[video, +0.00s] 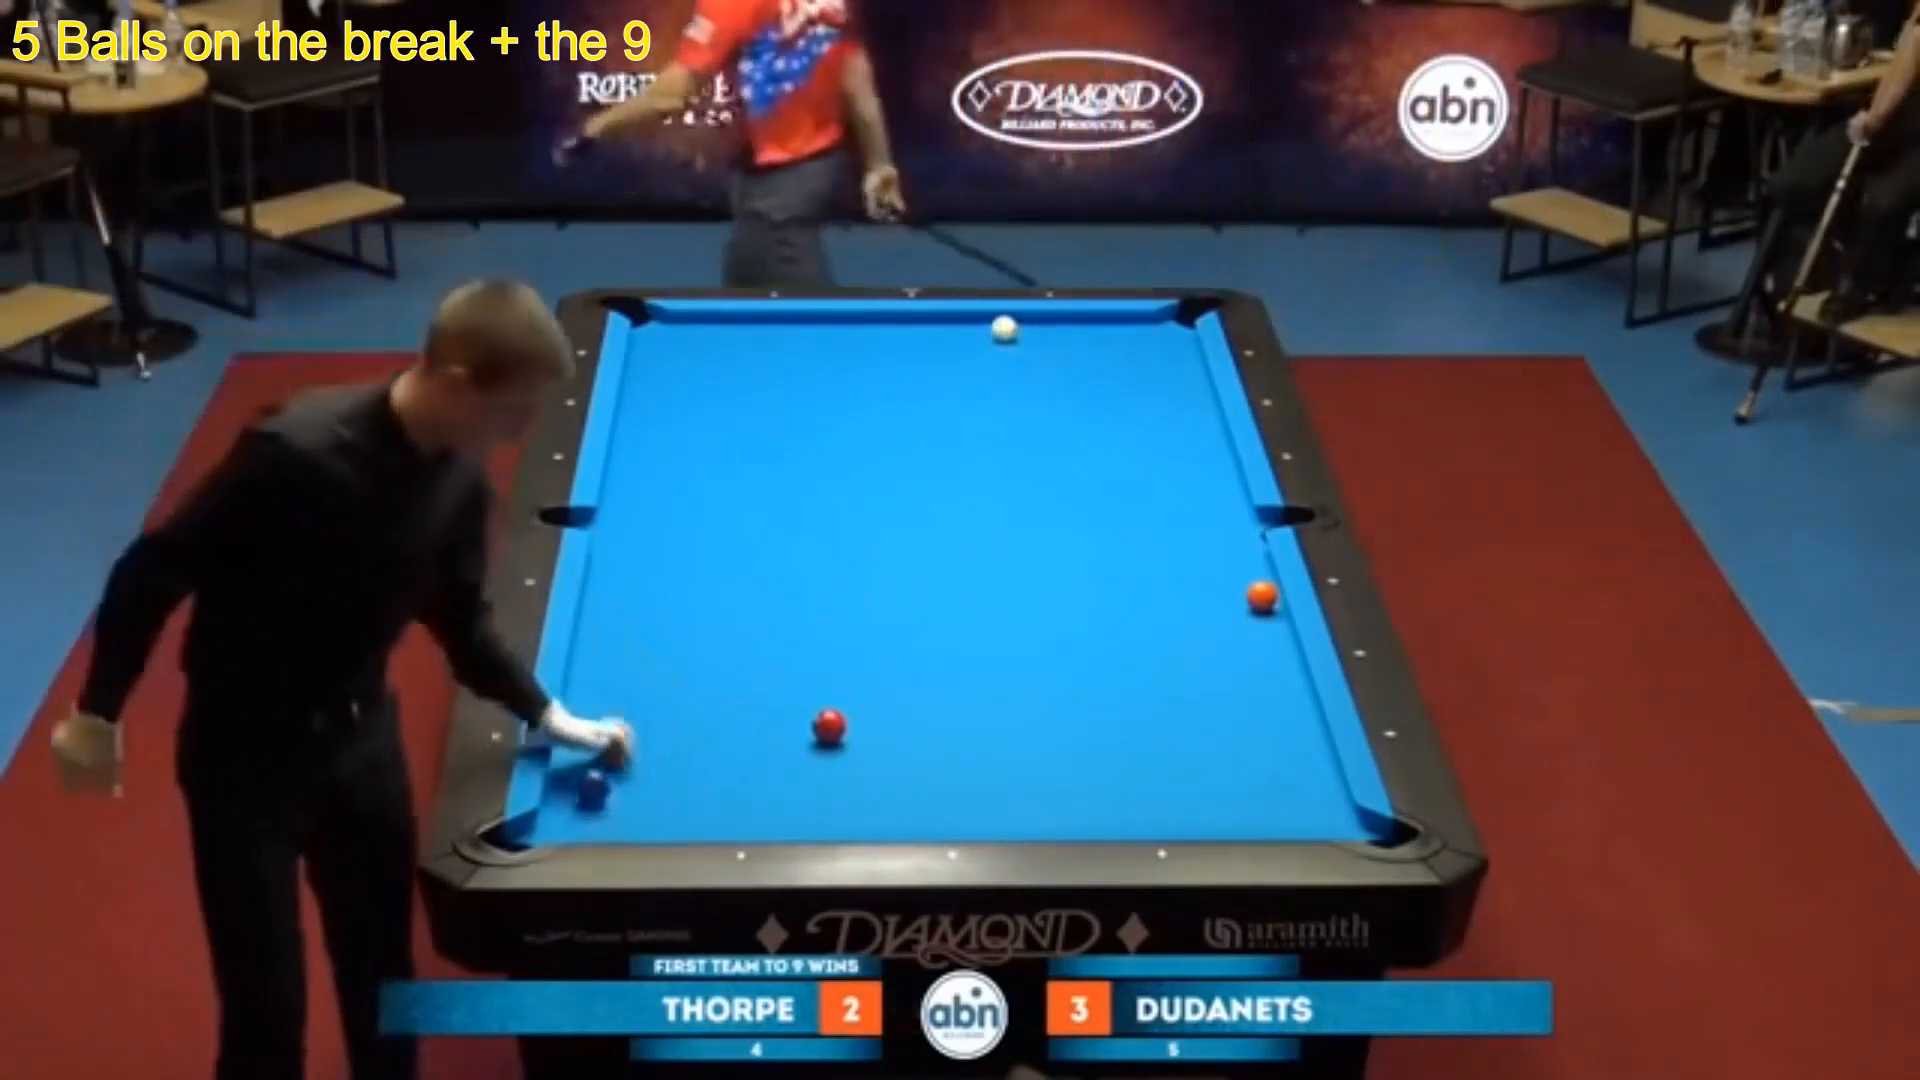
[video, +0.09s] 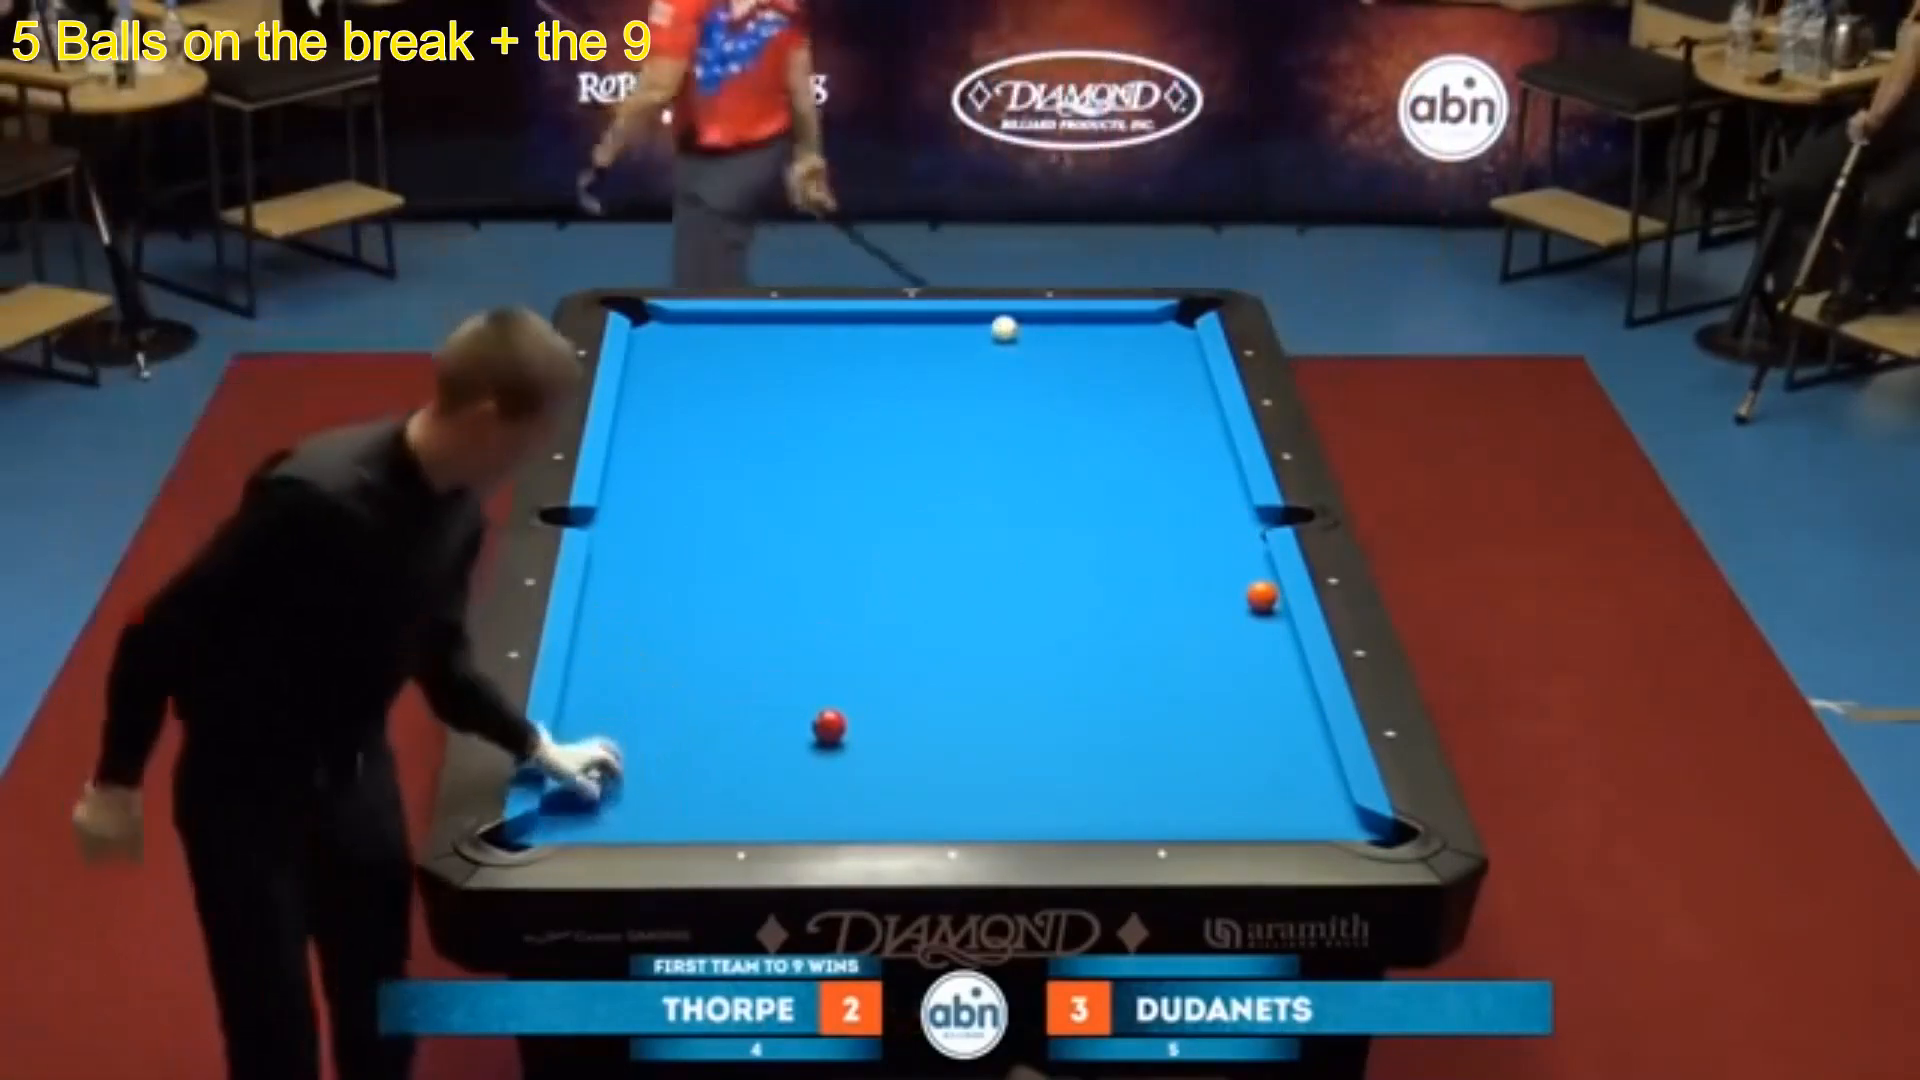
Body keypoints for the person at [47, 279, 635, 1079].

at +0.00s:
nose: (517, 435)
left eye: (526, 416)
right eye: (511, 413)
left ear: (457, 378)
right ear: (454, 379)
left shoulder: (459, 479)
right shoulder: (291, 452)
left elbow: (459, 617)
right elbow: (152, 571)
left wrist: (551, 717)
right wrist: (97, 712)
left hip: (359, 740)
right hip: (242, 753)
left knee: (383, 994)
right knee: (264, 1012)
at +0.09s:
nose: (529, 460)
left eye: (539, 442)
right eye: (532, 439)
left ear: (483, 416)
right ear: (486, 416)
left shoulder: (455, 512)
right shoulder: (309, 497)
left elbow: (444, 669)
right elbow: (159, 635)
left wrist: (542, 750)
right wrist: (115, 785)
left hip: (353, 777)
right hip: (241, 791)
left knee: (379, 1021)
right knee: (273, 1037)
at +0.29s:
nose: (573, 475)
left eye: (579, 455)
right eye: (573, 454)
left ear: (517, 444)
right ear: (528, 449)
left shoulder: (464, 533)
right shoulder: (349, 538)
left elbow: (466, 696)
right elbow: (212, 718)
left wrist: (574, 778)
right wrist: (221, 889)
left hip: (360, 823)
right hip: (268, 844)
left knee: (392, 1050)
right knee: (290, 1061)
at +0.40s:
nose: (589, 470)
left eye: (593, 453)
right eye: (588, 452)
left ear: (530, 446)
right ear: (547, 451)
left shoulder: (474, 540)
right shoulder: (377, 546)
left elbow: (489, 695)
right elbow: (258, 726)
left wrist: (604, 775)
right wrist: (286, 898)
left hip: (362, 812)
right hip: (265, 838)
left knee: (427, 1045)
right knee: (290, 1065)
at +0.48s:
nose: (617, 493)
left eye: (620, 475)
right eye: (616, 474)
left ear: (516, 453)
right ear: (577, 475)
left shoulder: (491, 557)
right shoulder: (419, 568)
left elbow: (534, 694)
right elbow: (331, 744)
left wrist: (640, 771)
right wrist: (386, 915)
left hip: (388, 830)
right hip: (293, 859)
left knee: (486, 1031)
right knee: (317, 1066)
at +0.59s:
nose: (640, 506)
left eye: (643, 487)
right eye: (638, 487)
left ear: (541, 469)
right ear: (599, 487)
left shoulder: (510, 568)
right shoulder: (448, 590)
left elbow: (563, 699)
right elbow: (368, 770)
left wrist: (667, 763)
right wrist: (440, 931)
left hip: (403, 861)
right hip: (323, 887)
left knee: (517, 1046)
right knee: (349, 1067)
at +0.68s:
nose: (691, 531)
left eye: (692, 512)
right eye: (688, 511)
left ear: (588, 493)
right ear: (652, 511)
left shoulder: (554, 589)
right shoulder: (512, 621)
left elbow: (611, 700)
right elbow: (434, 803)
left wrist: (715, 746)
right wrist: (521, 950)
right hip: (401, 940)